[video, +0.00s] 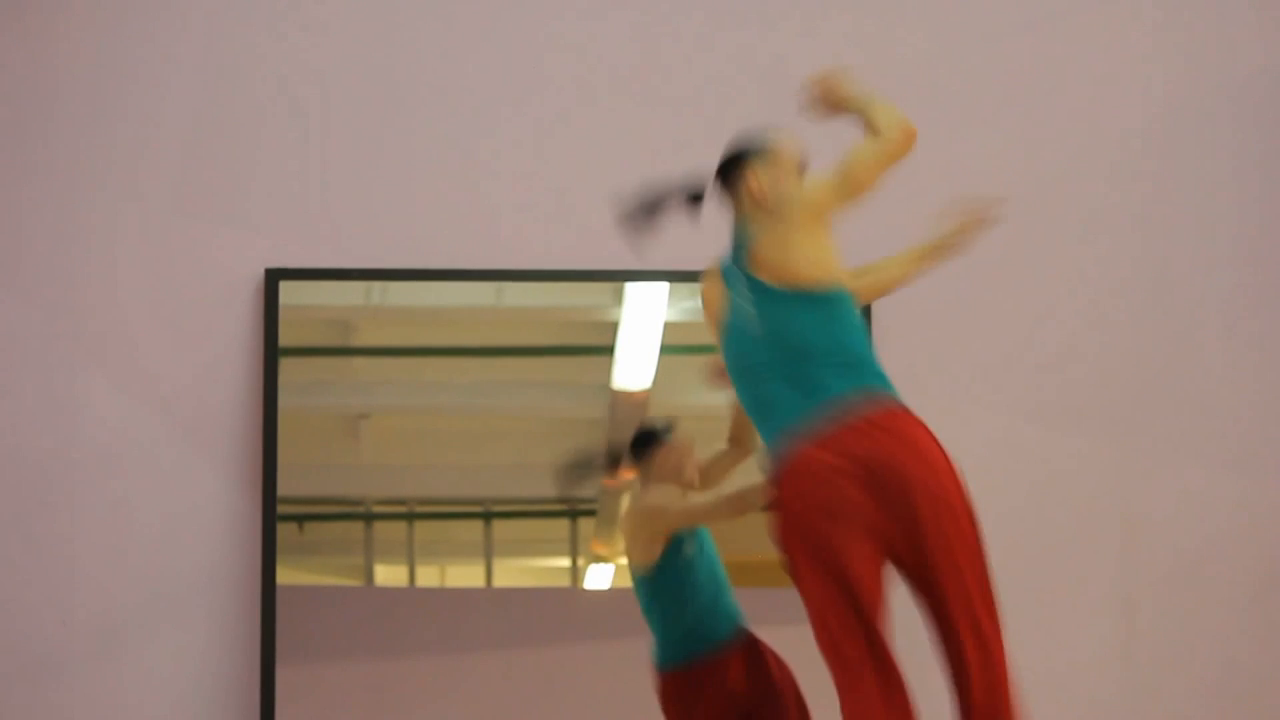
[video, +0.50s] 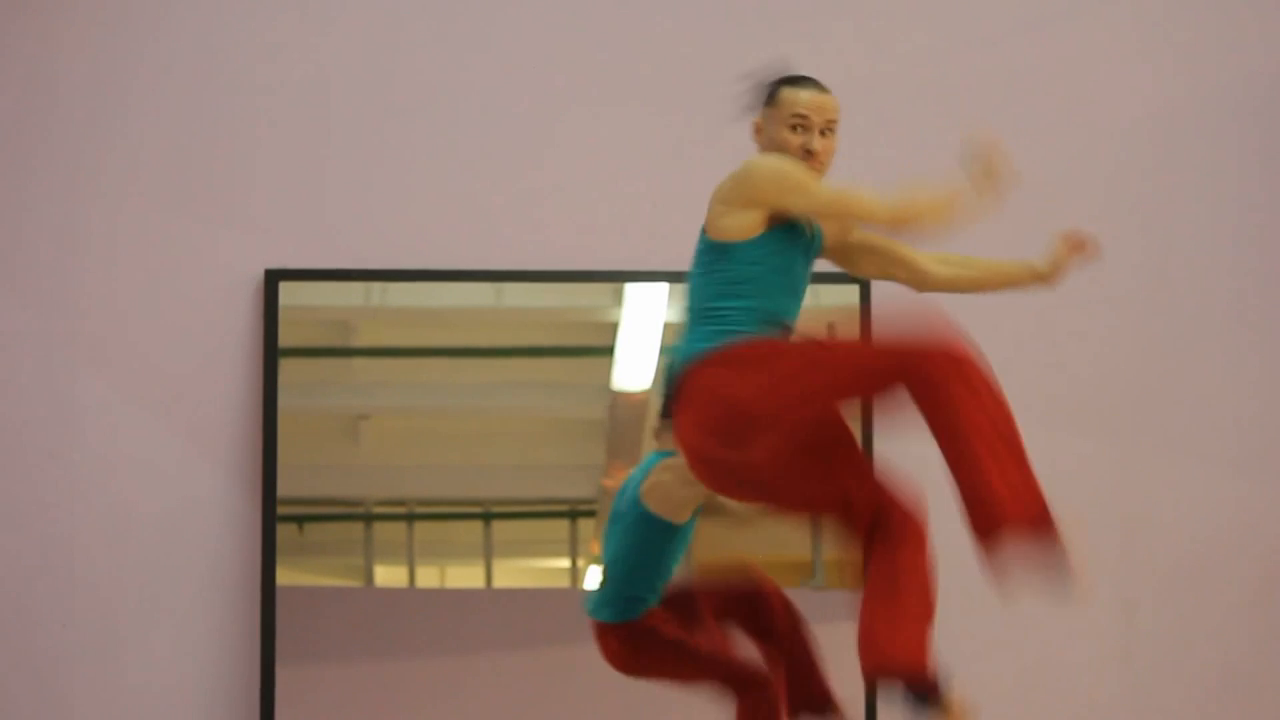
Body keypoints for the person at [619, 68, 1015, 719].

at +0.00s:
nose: (805, 184)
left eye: (801, 172)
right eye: (793, 172)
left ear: (744, 191)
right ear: (749, 184)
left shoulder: (717, 290)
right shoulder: (794, 211)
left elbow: (844, 290)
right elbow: (896, 135)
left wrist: (941, 244)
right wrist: (852, 96)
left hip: (807, 478)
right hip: (885, 441)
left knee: (859, 669)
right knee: (973, 634)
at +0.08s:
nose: (812, 153)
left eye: (812, 142)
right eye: (798, 139)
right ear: (746, 146)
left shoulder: (736, 248)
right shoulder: (767, 189)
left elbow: (877, 278)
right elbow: (890, 147)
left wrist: (989, 245)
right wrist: (903, 100)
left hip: (768, 444)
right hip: (828, 412)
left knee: (853, 631)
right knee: (978, 571)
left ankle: (891, 718)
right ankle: (1037, 708)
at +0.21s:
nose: (812, 153)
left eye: (812, 142)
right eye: (798, 139)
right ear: (746, 146)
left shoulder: (736, 247)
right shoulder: (767, 188)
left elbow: (877, 278)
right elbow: (890, 147)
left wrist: (988, 245)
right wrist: (903, 100)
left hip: (767, 444)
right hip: (827, 412)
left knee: (853, 631)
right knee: (979, 571)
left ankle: (891, 718)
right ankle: (1037, 708)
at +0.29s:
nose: (812, 143)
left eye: (820, 133)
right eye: (795, 129)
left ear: (827, 140)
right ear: (751, 133)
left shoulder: (799, 232)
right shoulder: (755, 177)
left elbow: (901, 272)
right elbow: (889, 175)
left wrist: (1019, 254)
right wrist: (945, 131)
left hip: (741, 435)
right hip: (770, 395)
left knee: (859, 585)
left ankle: (902, 713)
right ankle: (1042, 638)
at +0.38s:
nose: (812, 143)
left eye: (820, 133)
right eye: (795, 129)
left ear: (828, 141)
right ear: (750, 133)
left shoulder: (800, 232)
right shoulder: (755, 177)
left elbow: (901, 272)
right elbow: (888, 175)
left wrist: (1018, 254)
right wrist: (945, 131)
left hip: (741, 434)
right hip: (770, 395)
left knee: (858, 583)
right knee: (969, 456)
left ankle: (902, 713)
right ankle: (1042, 639)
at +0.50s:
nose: (812, 143)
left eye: (826, 131)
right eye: (796, 127)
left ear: (837, 138)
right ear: (761, 131)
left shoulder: (813, 219)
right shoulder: (756, 180)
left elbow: (922, 270)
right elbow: (881, 210)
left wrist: (1038, 273)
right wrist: (968, 192)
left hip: (735, 438)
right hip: (730, 386)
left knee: (892, 518)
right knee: (930, 348)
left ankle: (900, 669)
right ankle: (1015, 523)